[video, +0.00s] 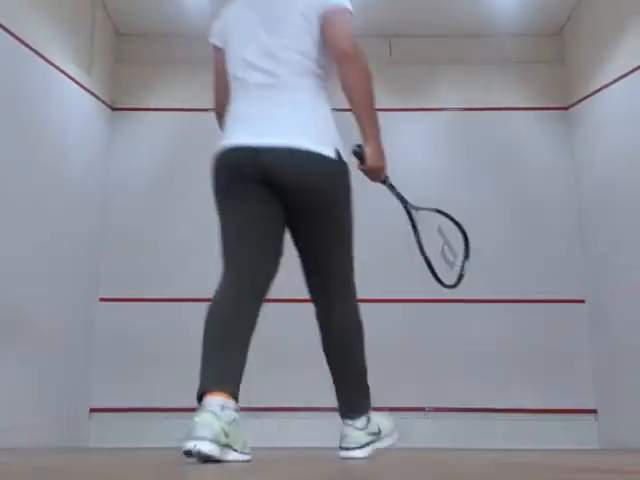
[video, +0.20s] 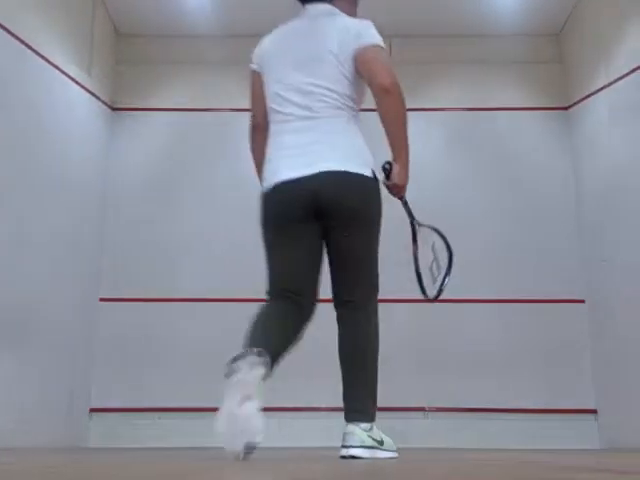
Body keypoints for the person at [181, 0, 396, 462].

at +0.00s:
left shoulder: (229, 12)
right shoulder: (325, 4)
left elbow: (222, 104)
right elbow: (347, 53)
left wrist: (251, 143)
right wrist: (372, 142)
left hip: (238, 155)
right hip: (309, 156)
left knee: (240, 280)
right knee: (334, 292)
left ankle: (215, 412)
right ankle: (357, 423)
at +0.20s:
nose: (358, 8)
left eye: (356, 5)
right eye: (357, 3)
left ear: (304, 1)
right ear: (345, 2)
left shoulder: (268, 44)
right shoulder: (355, 29)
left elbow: (259, 124)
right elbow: (386, 85)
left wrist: (271, 183)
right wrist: (401, 158)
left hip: (283, 184)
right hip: (347, 178)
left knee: (289, 296)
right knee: (356, 305)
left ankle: (251, 364)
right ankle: (360, 428)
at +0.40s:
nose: (384, 27)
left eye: (382, 18)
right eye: (380, 17)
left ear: (325, 20)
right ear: (366, 16)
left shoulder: (295, 64)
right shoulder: (382, 53)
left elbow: (286, 139)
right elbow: (408, 111)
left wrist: (280, 202)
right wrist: (407, 181)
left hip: (304, 198)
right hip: (364, 191)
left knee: (315, 303)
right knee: (368, 307)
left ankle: (309, 400)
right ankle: (367, 426)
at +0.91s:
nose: (362, 96)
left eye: (362, 89)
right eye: (359, 89)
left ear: (319, 89)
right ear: (344, 87)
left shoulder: (291, 126)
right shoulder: (352, 117)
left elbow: (282, 188)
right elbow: (359, 163)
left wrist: (283, 232)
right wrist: (374, 221)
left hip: (288, 239)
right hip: (334, 238)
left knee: (300, 333)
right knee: (349, 323)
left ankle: (298, 428)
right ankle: (354, 382)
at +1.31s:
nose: (370, 139)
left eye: (370, 133)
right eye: (368, 132)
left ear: (334, 130)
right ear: (355, 129)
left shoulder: (307, 163)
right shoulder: (354, 157)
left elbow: (313, 215)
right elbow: (358, 197)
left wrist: (355, 250)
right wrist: (375, 247)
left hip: (300, 264)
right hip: (343, 265)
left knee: (306, 341)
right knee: (349, 347)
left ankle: (295, 400)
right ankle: (338, 431)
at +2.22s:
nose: (376, 197)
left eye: (378, 192)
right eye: (376, 189)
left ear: (363, 185)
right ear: (361, 181)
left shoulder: (349, 221)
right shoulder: (335, 194)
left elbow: (363, 265)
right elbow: (305, 216)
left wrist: (393, 297)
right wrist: (319, 256)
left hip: (320, 294)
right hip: (297, 286)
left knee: (334, 353)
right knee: (291, 354)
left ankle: (326, 432)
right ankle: (271, 430)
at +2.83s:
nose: (361, 191)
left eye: (362, 185)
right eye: (360, 183)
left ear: (341, 178)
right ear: (345, 177)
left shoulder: (327, 201)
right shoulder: (332, 191)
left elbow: (340, 253)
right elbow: (339, 234)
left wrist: (356, 292)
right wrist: (359, 245)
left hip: (311, 290)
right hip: (296, 286)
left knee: (320, 358)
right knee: (293, 356)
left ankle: (322, 431)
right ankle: (269, 430)